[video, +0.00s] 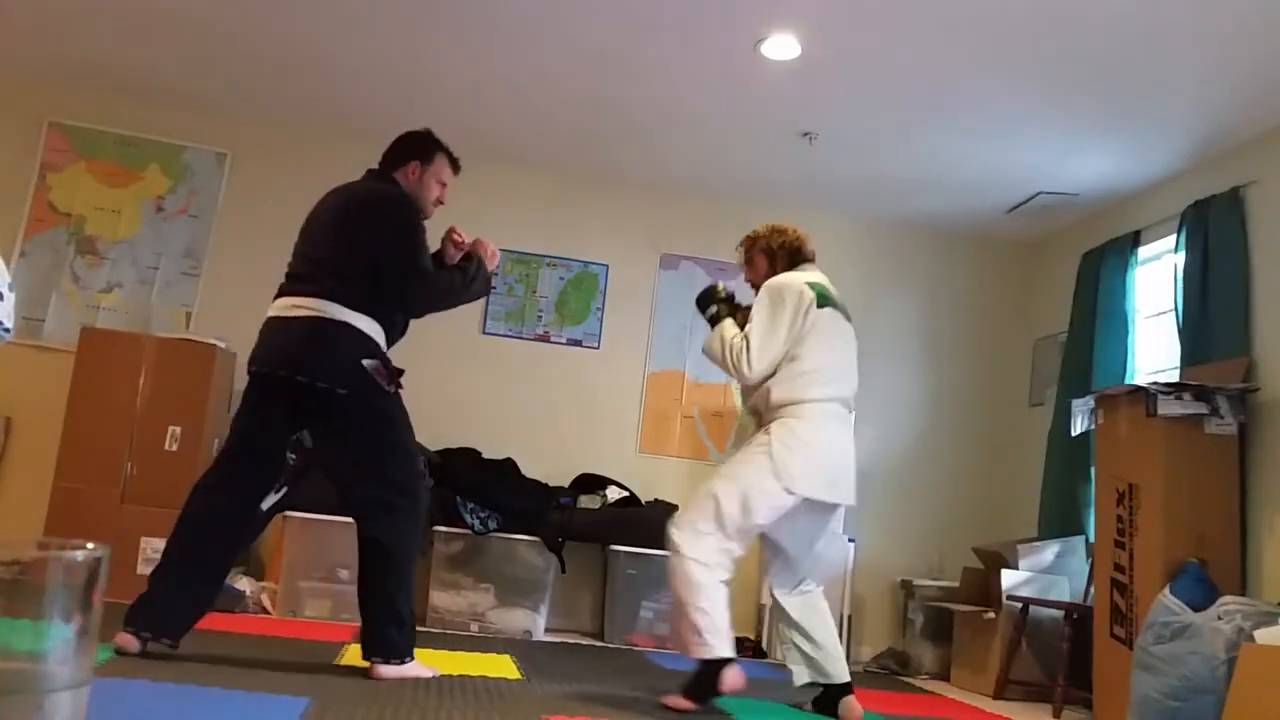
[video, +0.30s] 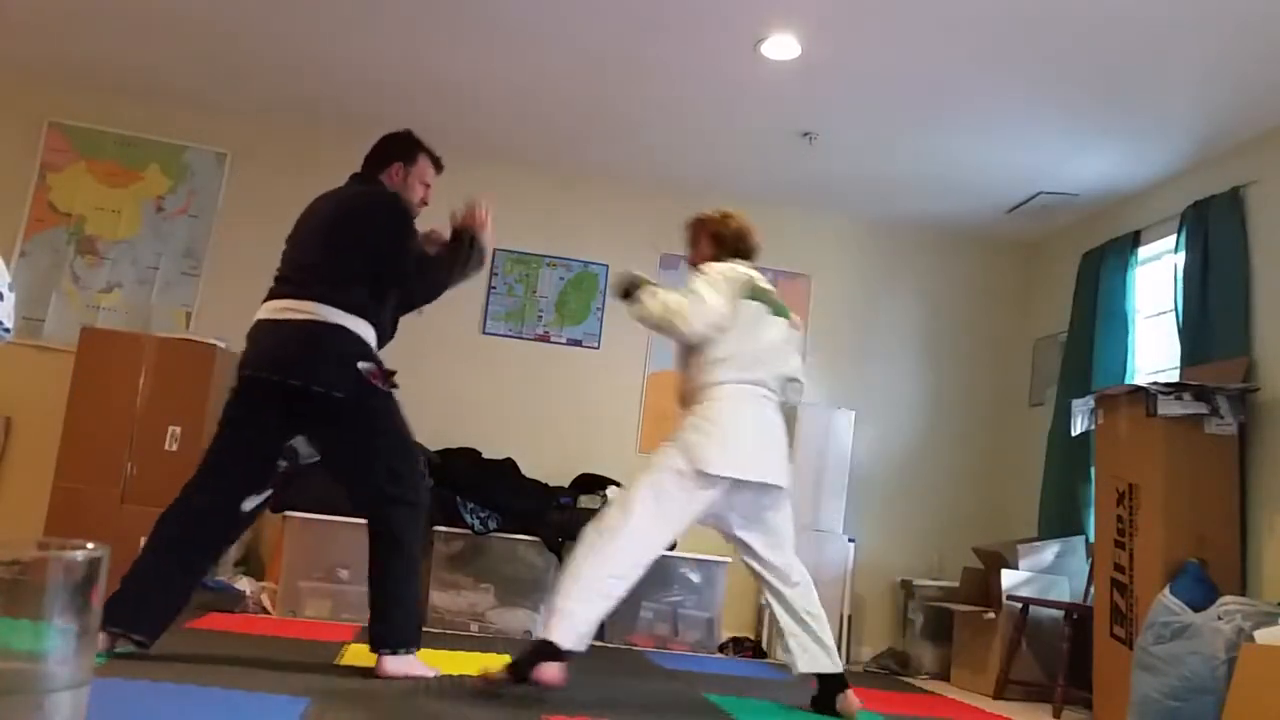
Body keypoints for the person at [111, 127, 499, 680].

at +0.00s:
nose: (443, 200)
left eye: (446, 190)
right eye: (441, 186)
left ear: (399, 171)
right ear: (412, 170)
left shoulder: (336, 201)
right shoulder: (397, 208)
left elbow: (374, 289)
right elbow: (414, 292)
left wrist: (440, 261)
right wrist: (478, 272)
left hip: (278, 352)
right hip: (344, 361)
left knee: (233, 488)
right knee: (396, 497)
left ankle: (147, 626)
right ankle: (390, 654)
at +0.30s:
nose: (428, 199)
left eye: (431, 190)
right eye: (426, 186)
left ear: (378, 172)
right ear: (397, 172)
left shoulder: (324, 206)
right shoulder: (389, 209)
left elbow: (361, 282)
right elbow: (406, 288)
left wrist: (425, 252)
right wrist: (470, 251)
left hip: (267, 355)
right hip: (334, 364)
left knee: (215, 495)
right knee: (401, 495)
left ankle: (122, 626)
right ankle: (396, 648)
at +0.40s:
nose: (424, 201)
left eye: (427, 193)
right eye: (421, 190)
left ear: (371, 183)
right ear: (392, 180)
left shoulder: (315, 214)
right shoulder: (399, 219)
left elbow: (315, 297)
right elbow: (461, 270)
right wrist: (496, 226)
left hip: (251, 362)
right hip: (324, 372)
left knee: (191, 493)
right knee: (377, 511)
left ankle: (122, 613)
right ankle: (395, 652)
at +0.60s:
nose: (372, 200)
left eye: (375, 189)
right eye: (369, 186)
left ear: (317, 177)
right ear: (340, 176)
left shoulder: (260, 214)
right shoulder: (336, 220)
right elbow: (339, 307)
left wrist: (377, 318)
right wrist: (405, 334)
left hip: (215, 366)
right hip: (287, 374)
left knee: (144, 491)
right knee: (350, 504)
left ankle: (37, 593)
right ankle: (381, 649)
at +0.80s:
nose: (333, 179)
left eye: (337, 169)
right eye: (330, 164)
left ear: (281, 154)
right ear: (295, 152)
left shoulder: (228, 189)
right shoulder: (284, 192)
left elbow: (256, 271)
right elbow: (288, 277)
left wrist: (324, 234)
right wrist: (362, 241)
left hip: (177, 346)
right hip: (239, 352)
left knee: (133, 484)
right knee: (314, 480)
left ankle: (39, 598)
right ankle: (332, 629)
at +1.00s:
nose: (331, 179)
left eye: (335, 169)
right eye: (327, 164)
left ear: (286, 154)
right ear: (291, 152)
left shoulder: (227, 190)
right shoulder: (270, 193)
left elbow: (268, 298)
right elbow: (273, 289)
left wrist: (326, 249)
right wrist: (341, 274)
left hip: (164, 339)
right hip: (221, 348)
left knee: (117, 481)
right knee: (276, 489)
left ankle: (20, 597)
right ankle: (238, 634)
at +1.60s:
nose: (265, 178)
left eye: (268, 167)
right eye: (258, 164)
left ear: (212, 162)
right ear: (223, 156)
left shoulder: (167, 204)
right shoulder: (236, 213)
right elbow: (289, 286)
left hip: (106, 349)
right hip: (171, 359)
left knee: (67, 474)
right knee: (250, 492)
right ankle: (261, 640)